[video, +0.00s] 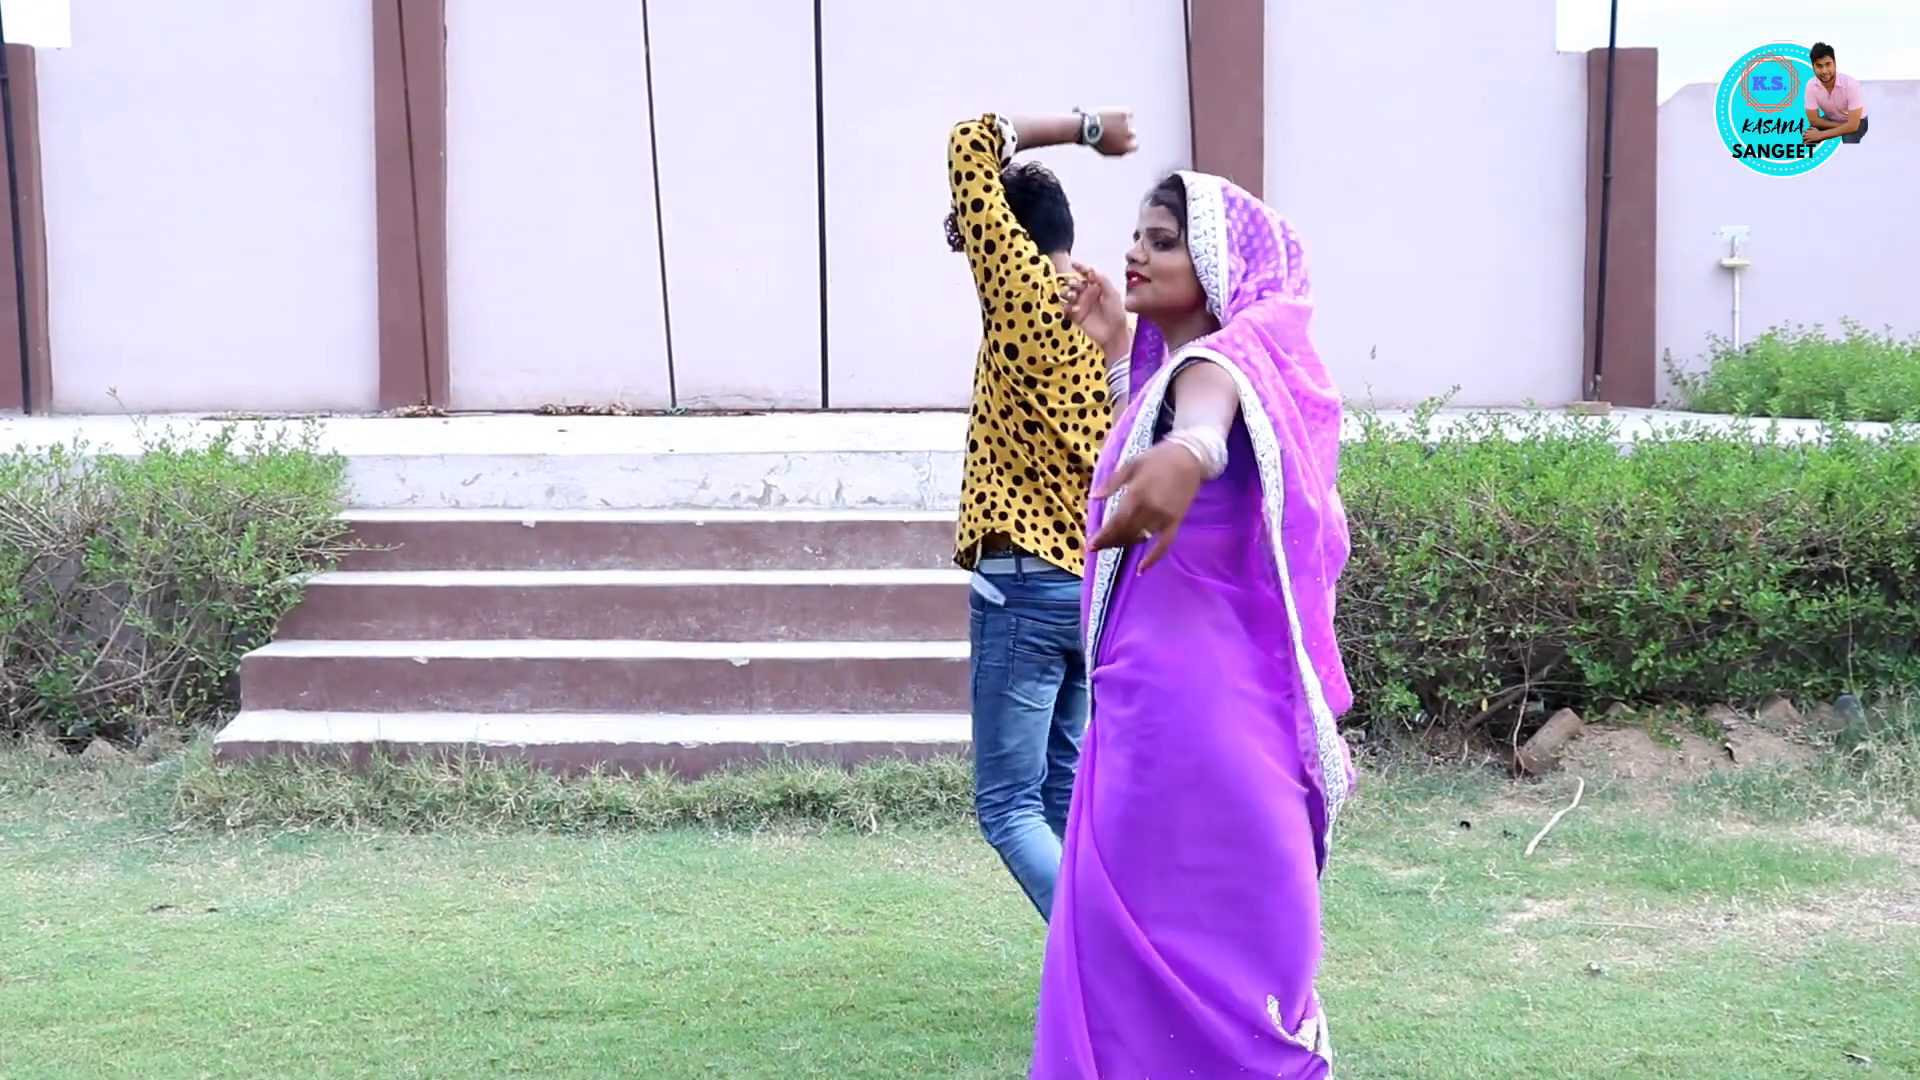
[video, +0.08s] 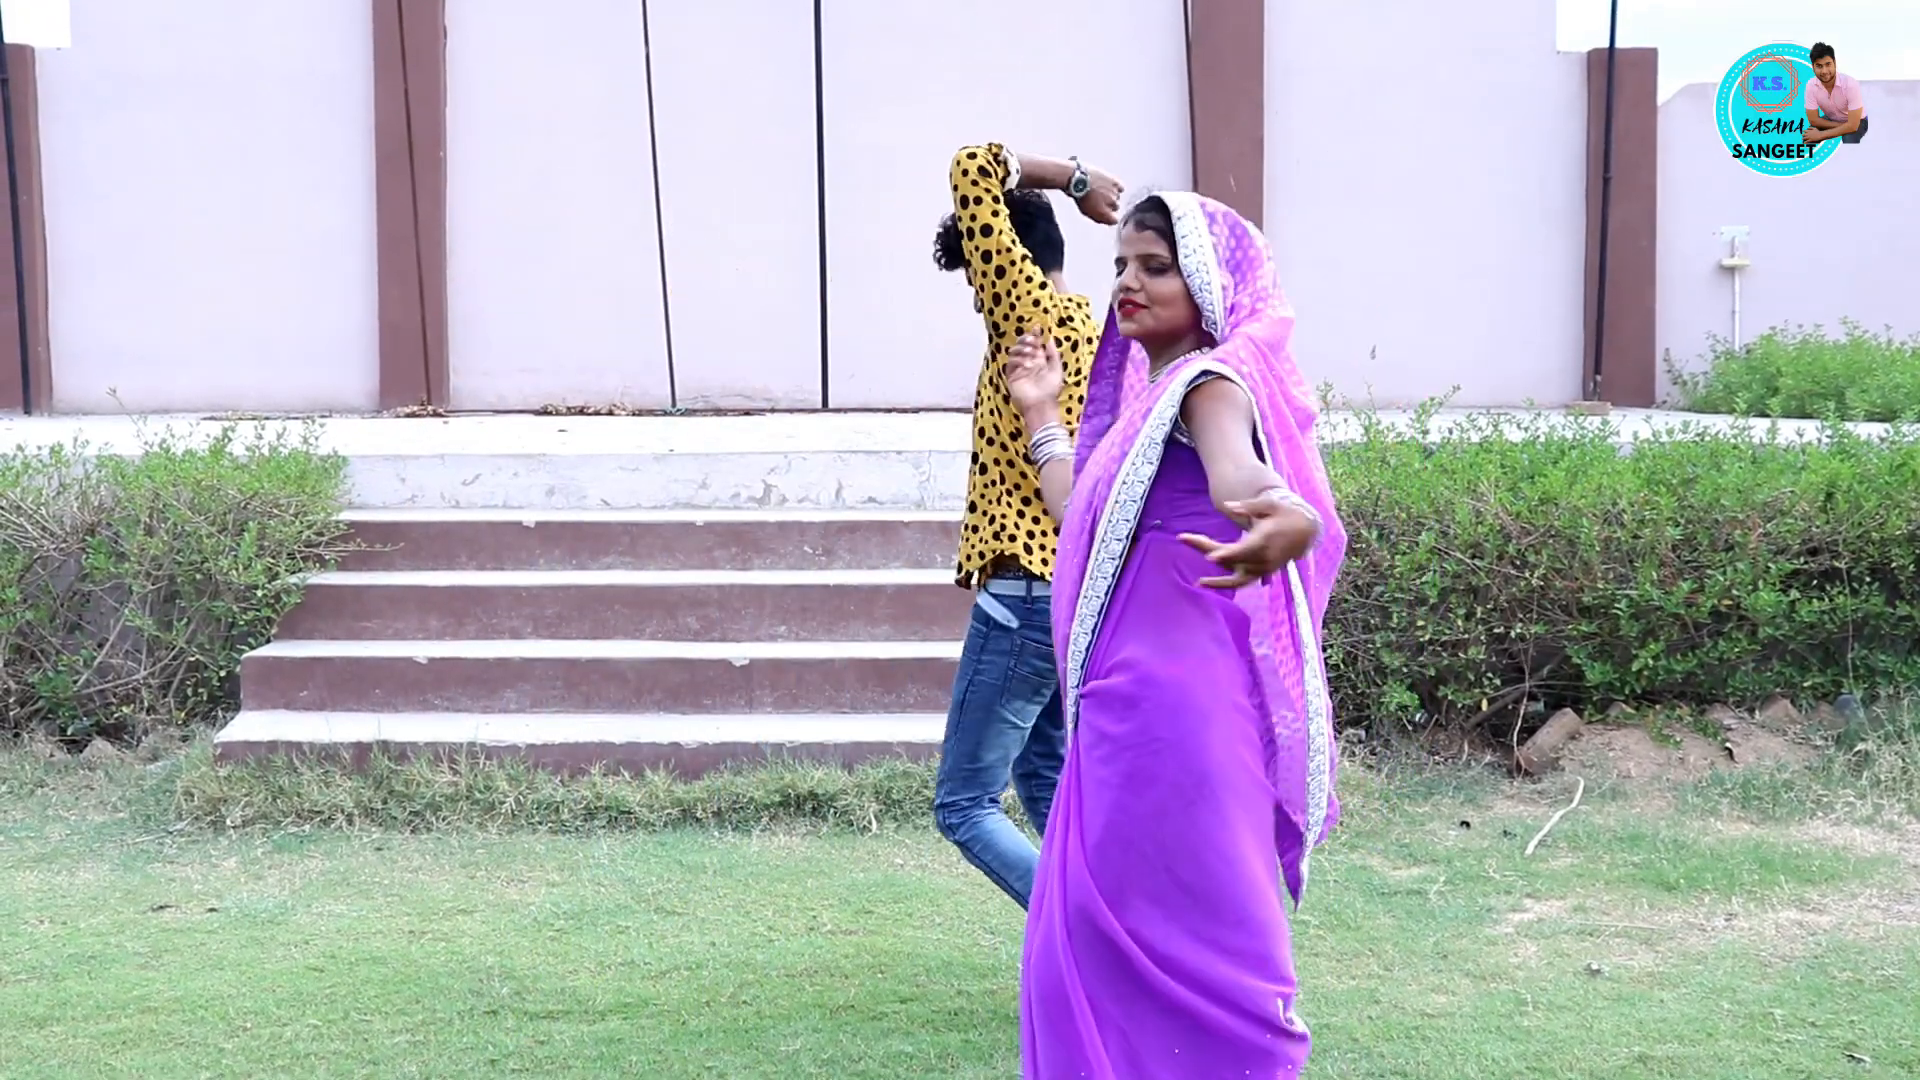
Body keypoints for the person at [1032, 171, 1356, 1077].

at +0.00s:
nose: (1135, 255)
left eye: (1160, 241)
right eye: (1138, 239)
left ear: (1220, 266)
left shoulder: (1214, 361)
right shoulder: (1206, 362)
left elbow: (1204, 426)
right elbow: (1157, 421)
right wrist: (1120, 345)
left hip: (1194, 721)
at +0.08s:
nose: (1127, 284)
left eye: (1153, 267)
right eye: (1121, 267)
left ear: (1212, 285)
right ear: (1115, 277)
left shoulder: (1211, 383)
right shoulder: (1149, 400)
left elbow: (1235, 469)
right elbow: (1079, 517)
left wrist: (1289, 511)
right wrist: (1040, 415)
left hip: (1181, 716)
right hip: (1121, 711)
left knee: (1211, 940)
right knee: (1074, 928)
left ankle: (1259, 1062)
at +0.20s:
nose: (1114, 291)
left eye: (1144, 278)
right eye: (1101, 274)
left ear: (1190, 302)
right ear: (1085, 290)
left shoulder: (1205, 392)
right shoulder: (1100, 424)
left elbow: (1289, 488)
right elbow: (981, 529)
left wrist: (1410, 536)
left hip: (1172, 728)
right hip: (1085, 724)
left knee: (1132, 971)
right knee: (1038, 962)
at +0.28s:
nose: (1108, 278)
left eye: (1134, 266)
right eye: (1090, 261)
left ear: (1167, 293)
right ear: (1063, 284)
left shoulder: (1207, 381)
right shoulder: (1061, 426)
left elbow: (1327, 470)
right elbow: (933, 527)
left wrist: (1487, 503)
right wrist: (832, 468)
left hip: (1183, 715)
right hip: (1071, 714)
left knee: (1124, 961)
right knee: (1010, 944)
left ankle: (1144, 1072)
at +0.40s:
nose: (1103, 259)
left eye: (1123, 247)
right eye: (1080, 241)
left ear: (1147, 268)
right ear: (1036, 262)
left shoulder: (1197, 357)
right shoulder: (1017, 410)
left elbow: (1362, 446)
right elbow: (882, 532)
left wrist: (1534, 465)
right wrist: (758, 501)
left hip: (1188, 688)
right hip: (1060, 688)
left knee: (1157, 935)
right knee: (1023, 928)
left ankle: (1142, 1076)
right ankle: (1023, 1073)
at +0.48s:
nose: (1106, 271)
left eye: (1124, 255)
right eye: (1081, 251)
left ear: (1144, 272)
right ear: (1029, 267)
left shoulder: (1200, 369)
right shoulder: (999, 421)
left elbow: (1368, 453)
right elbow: (861, 555)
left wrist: (1536, 452)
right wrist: (709, 525)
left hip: (1194, 709)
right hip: (1059, 716)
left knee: (1163, 973)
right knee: (1041, 971)